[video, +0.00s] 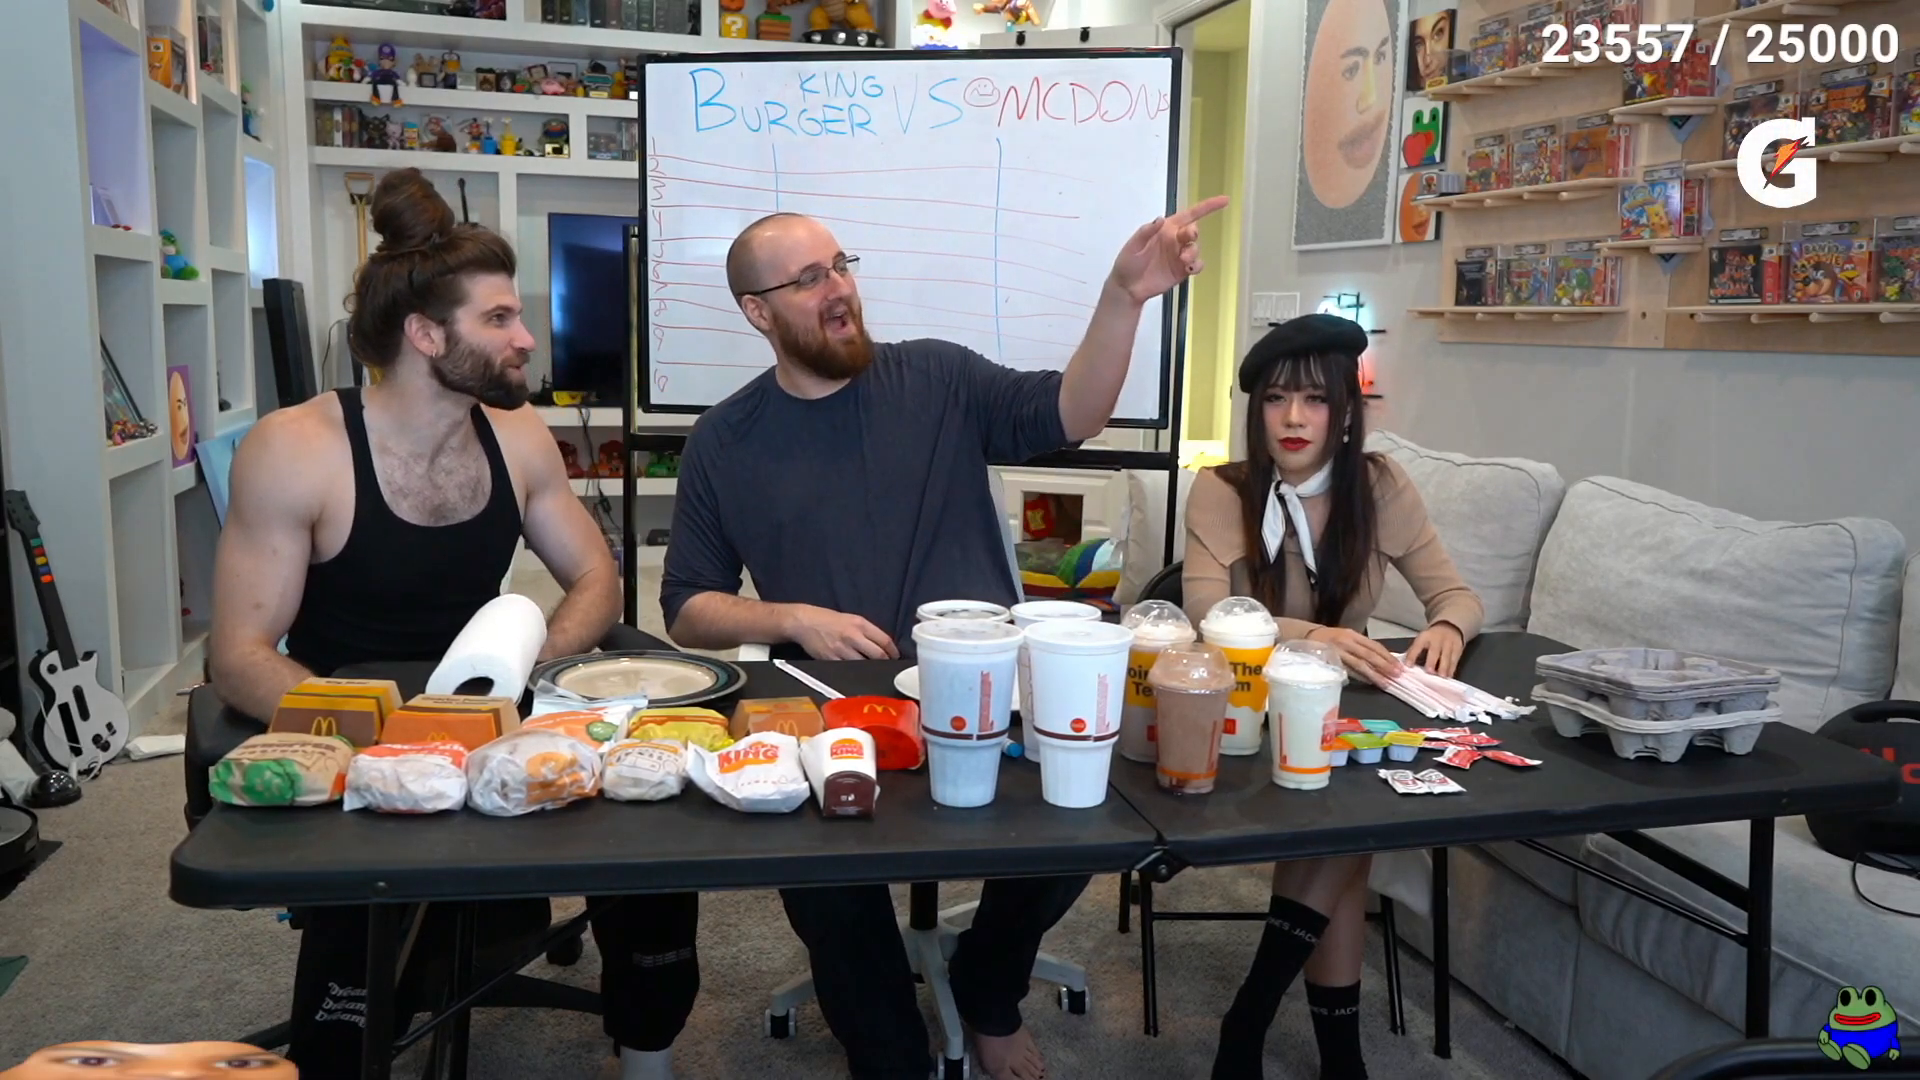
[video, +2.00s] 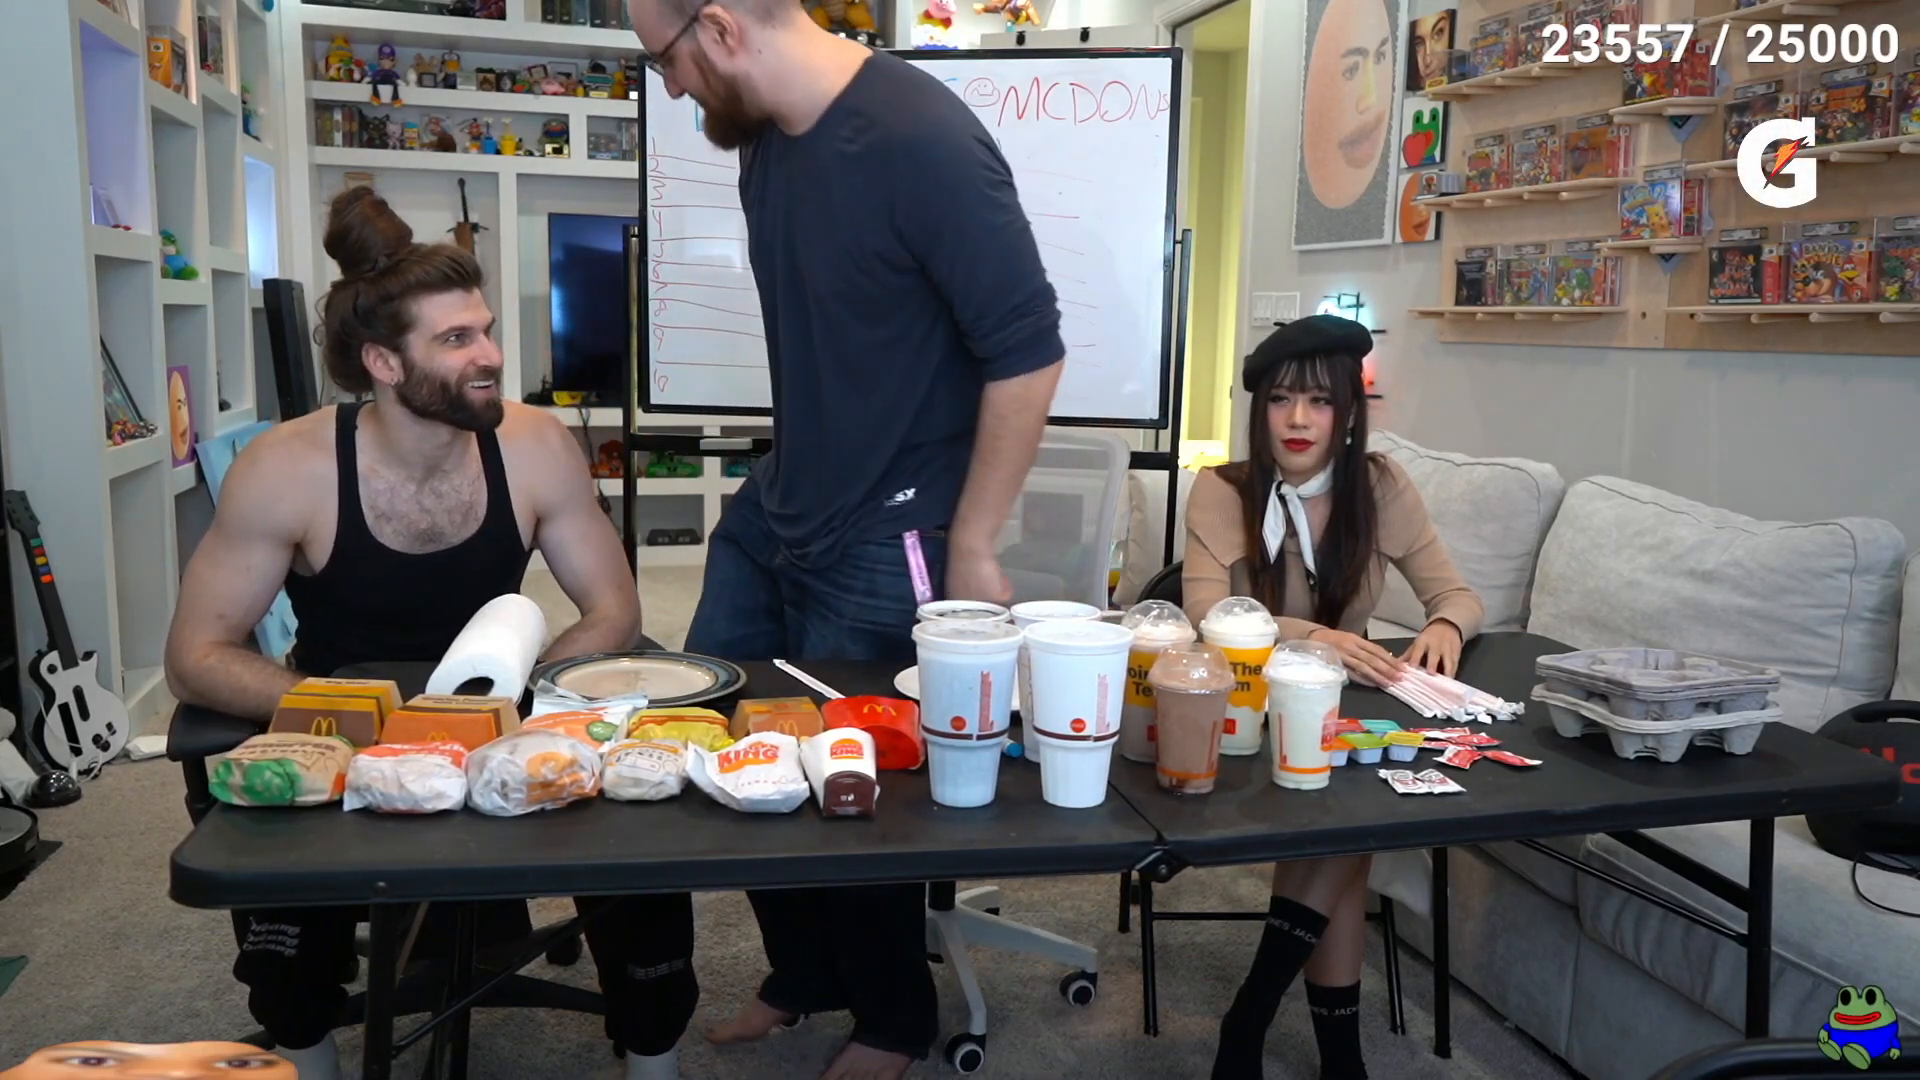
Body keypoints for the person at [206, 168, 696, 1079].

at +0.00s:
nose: (524, 337)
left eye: (521, 316)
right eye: (499, 319)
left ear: (443, 336)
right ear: (424, 337)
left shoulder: (518, 438)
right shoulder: (293, 450)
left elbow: (598, 579)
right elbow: (237, 653)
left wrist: (537, 656)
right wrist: (353, 718)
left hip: (497, 743)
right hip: (345, 755)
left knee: (653, 832)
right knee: (363, 890)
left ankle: (646, 1058)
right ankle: (330, 1069)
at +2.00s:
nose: (490, 355)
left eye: (488, 332)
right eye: (457, 339)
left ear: (495, 328)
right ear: (383, 365)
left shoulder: (537, 448)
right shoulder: (286, 468)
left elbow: (617, 615)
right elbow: (196, 656)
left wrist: (522, 675)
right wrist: (346, 708)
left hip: (508, 747)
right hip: (336, 758)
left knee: (640, 841)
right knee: (281, 883)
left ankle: (653, 1060)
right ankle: (307, 1059)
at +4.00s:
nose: (499, 351)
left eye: (497, 330)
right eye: (467, 336)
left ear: (502, 329)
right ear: (392, 358)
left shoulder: (538, 446)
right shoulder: (290, 465)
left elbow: (620, 615)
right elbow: (197, 654)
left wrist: (520, 692)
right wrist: (346, 710)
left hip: (521, 750)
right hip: (345, 759)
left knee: (639, 846)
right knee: (270, 878)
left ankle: (652, 1059)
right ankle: (297, 1060)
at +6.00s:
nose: (534, 342)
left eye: (530, 320)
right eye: (506, 325)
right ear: (430, 346)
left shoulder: (548, 444)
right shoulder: (314, 461)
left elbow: (622, 606)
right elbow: (212, 655)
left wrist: (540, 688)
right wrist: (362, 711)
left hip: (508, 744)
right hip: (348, 754)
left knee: (679, 828)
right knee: (299, 865)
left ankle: (664, 1057)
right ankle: (319, 1053)